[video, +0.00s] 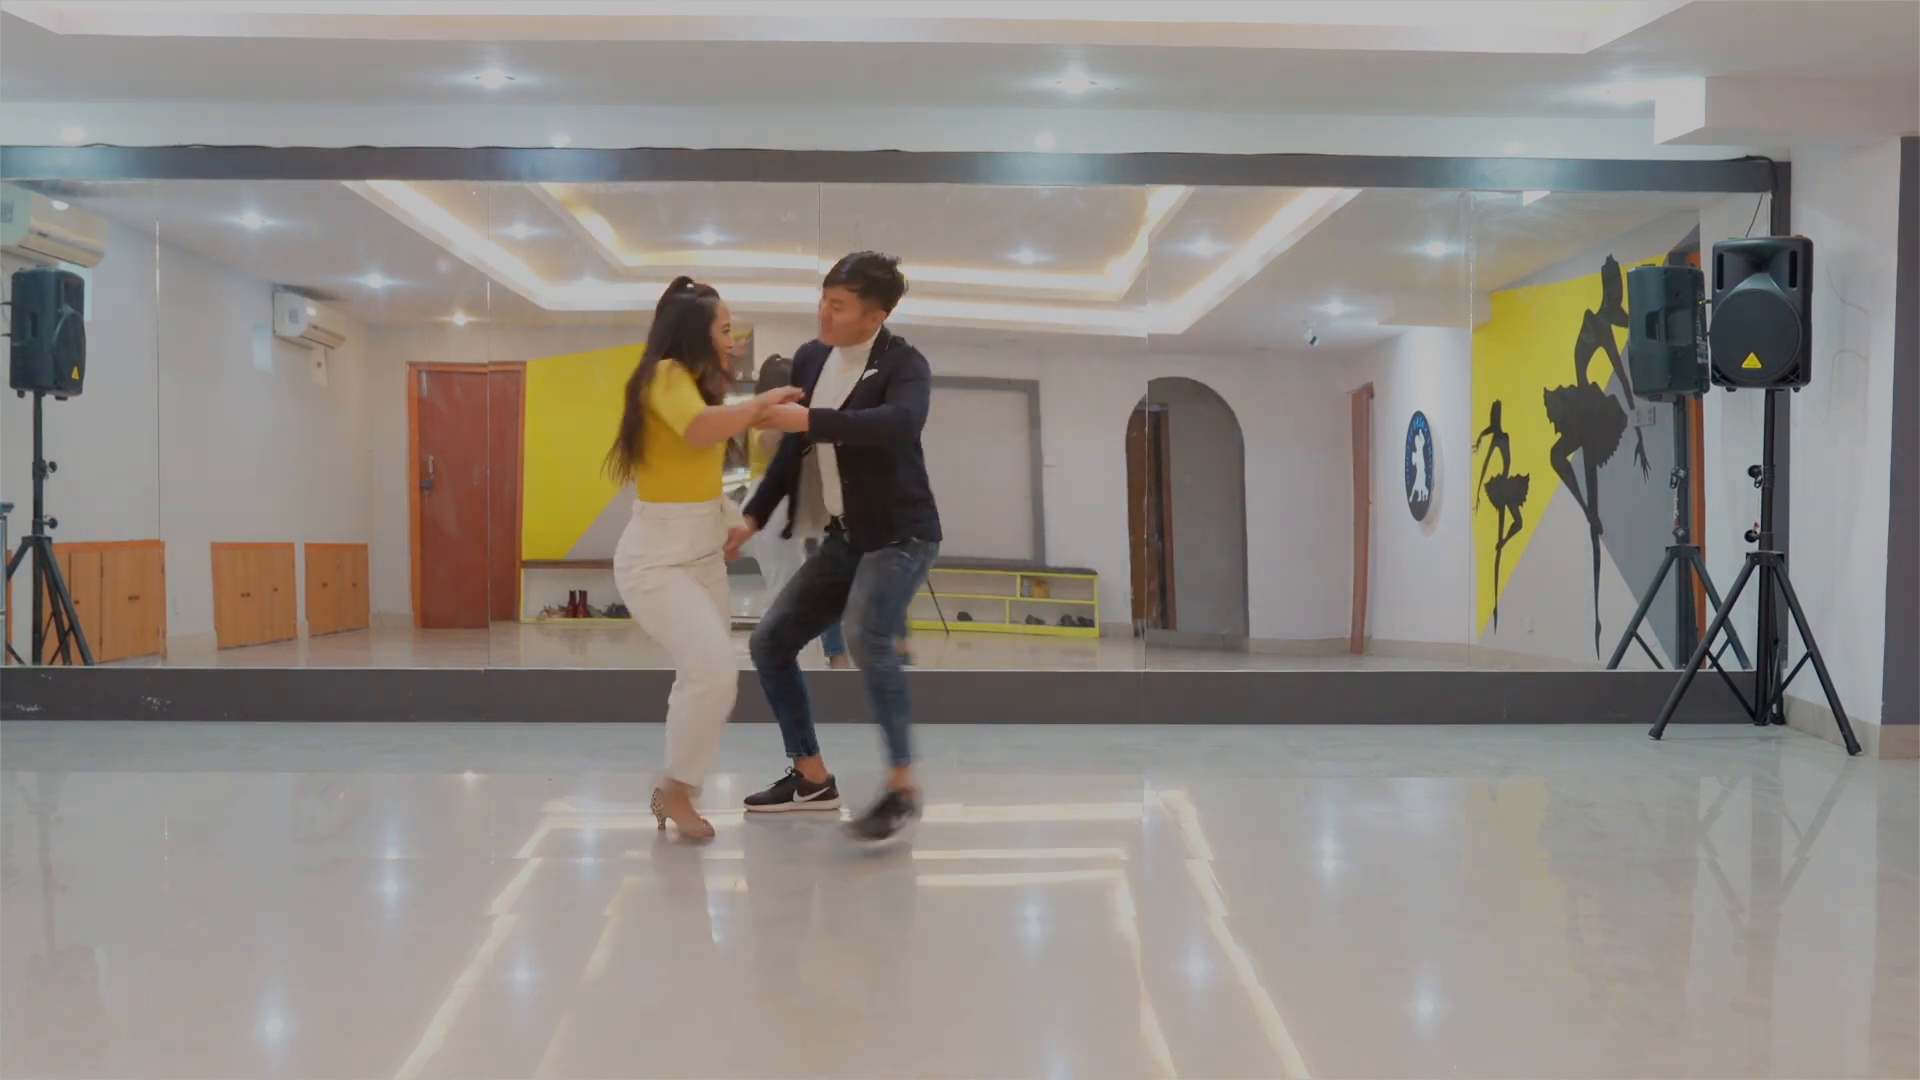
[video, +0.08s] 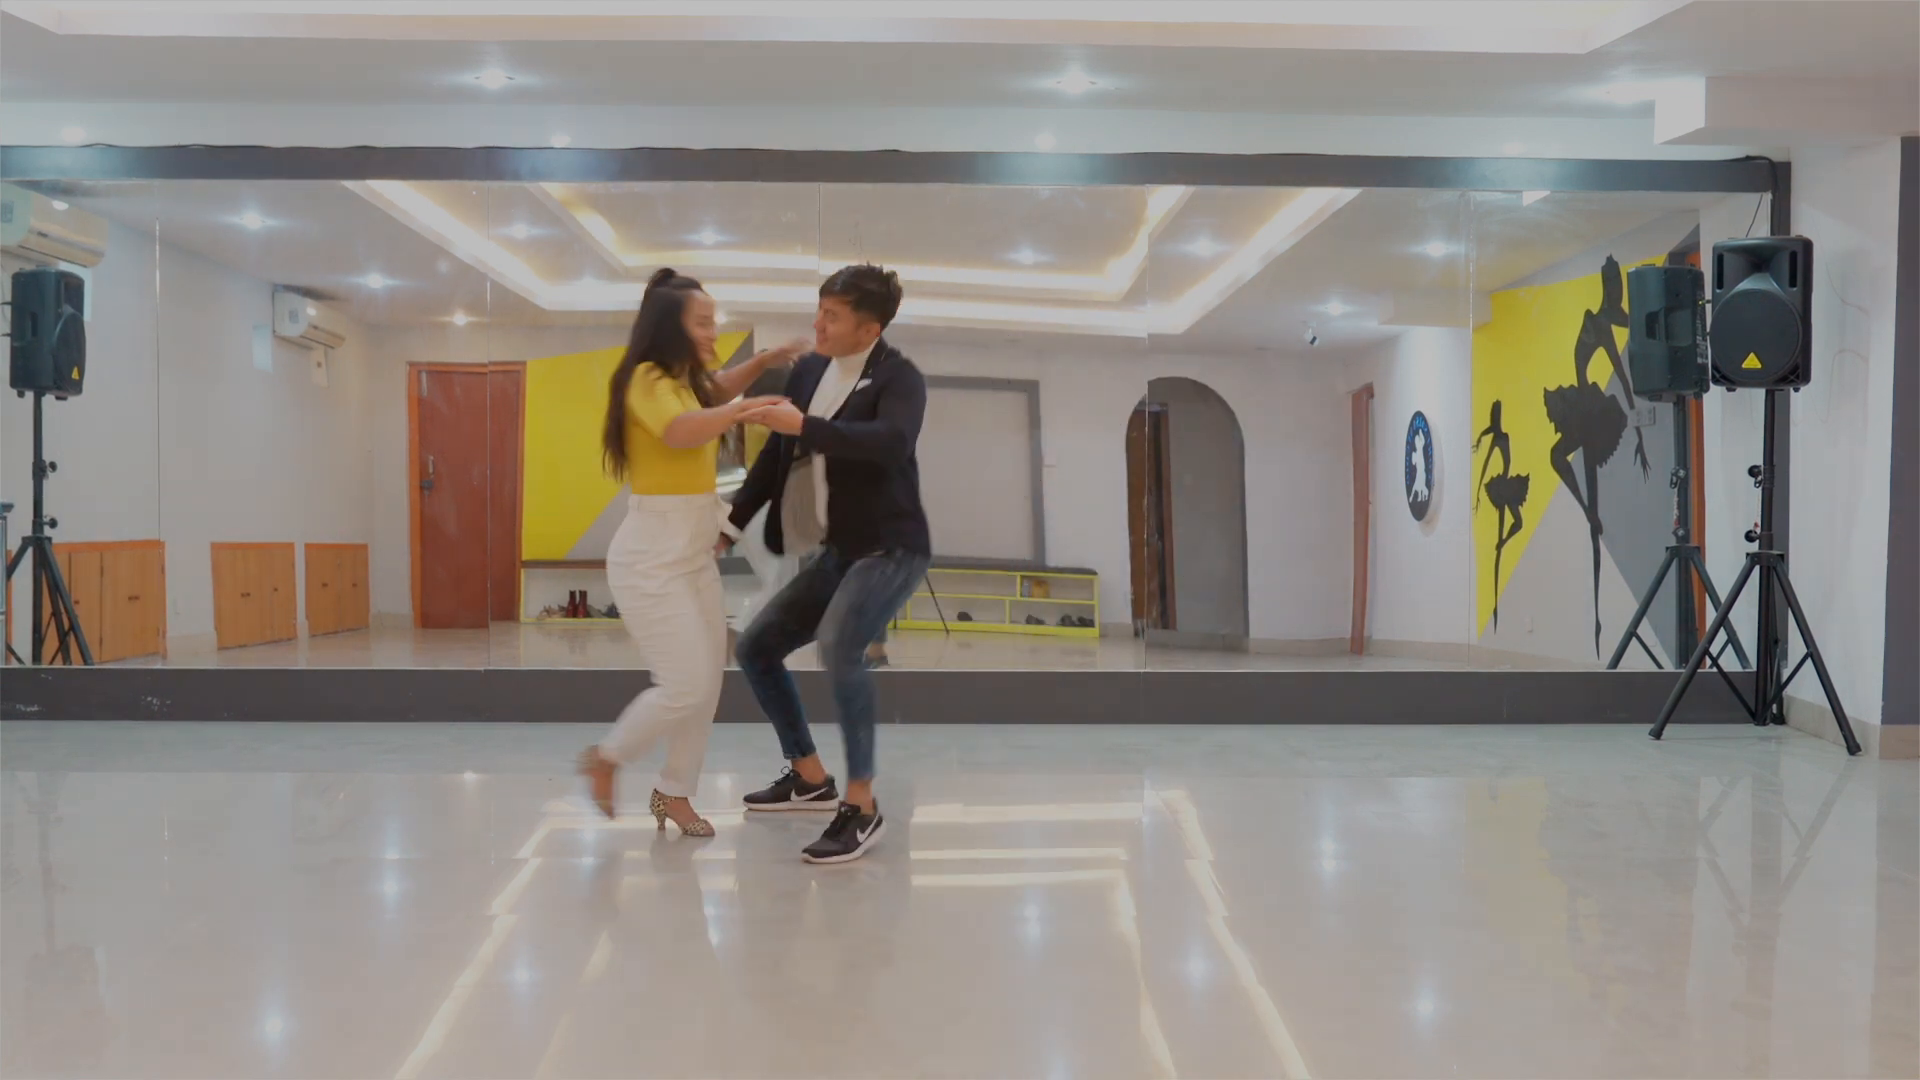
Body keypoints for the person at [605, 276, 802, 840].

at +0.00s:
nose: (732, 337)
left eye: (730, 326)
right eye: (722, 328)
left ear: (705, 332)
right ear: (694, 331)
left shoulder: (703, 388)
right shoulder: (665, 376)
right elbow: (697, 429)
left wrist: (763, 421)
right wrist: (759, 408)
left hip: (705, 556)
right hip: (654, 559)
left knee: (718, 673)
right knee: (708, 666)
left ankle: (679, 788)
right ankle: (676, 788)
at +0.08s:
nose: (713, 331)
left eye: (713, 320)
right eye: (703, 321)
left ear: (698, 325)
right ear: (672, 326)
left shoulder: (690, 379)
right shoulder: (646, 380)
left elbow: (714, 394)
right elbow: (677, 430)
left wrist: (762, 361)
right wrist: (738, 410)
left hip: (694, 554)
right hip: (648, 557)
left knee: (706, 677)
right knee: (685, 683)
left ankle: (673, 791)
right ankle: (605, 758)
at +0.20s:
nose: (659, 325)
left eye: (669, 314)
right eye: (645, 316)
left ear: (687, 322)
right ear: (628, 326)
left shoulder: (688, 383)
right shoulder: (627, 385)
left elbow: (726, 388)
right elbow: (644, 446)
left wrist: (780, 369)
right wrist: (715, 429)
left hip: (674, 554)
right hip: (628, 550)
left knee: (717, 657)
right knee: (614, 677)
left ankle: (683, 781)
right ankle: (555, 789)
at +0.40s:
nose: (654, 345)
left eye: (665, 334)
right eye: (641, 336)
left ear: (682, 340)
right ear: (625, 345)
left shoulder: (689, 396)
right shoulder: (624, 406)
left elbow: (728, 399)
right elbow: (643, 472)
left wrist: (783, 376)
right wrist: (722, 469)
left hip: (671, 570)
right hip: (611, 564)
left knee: (726, 666)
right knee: (570, 684)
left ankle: (680, 787)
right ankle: (539, 796)